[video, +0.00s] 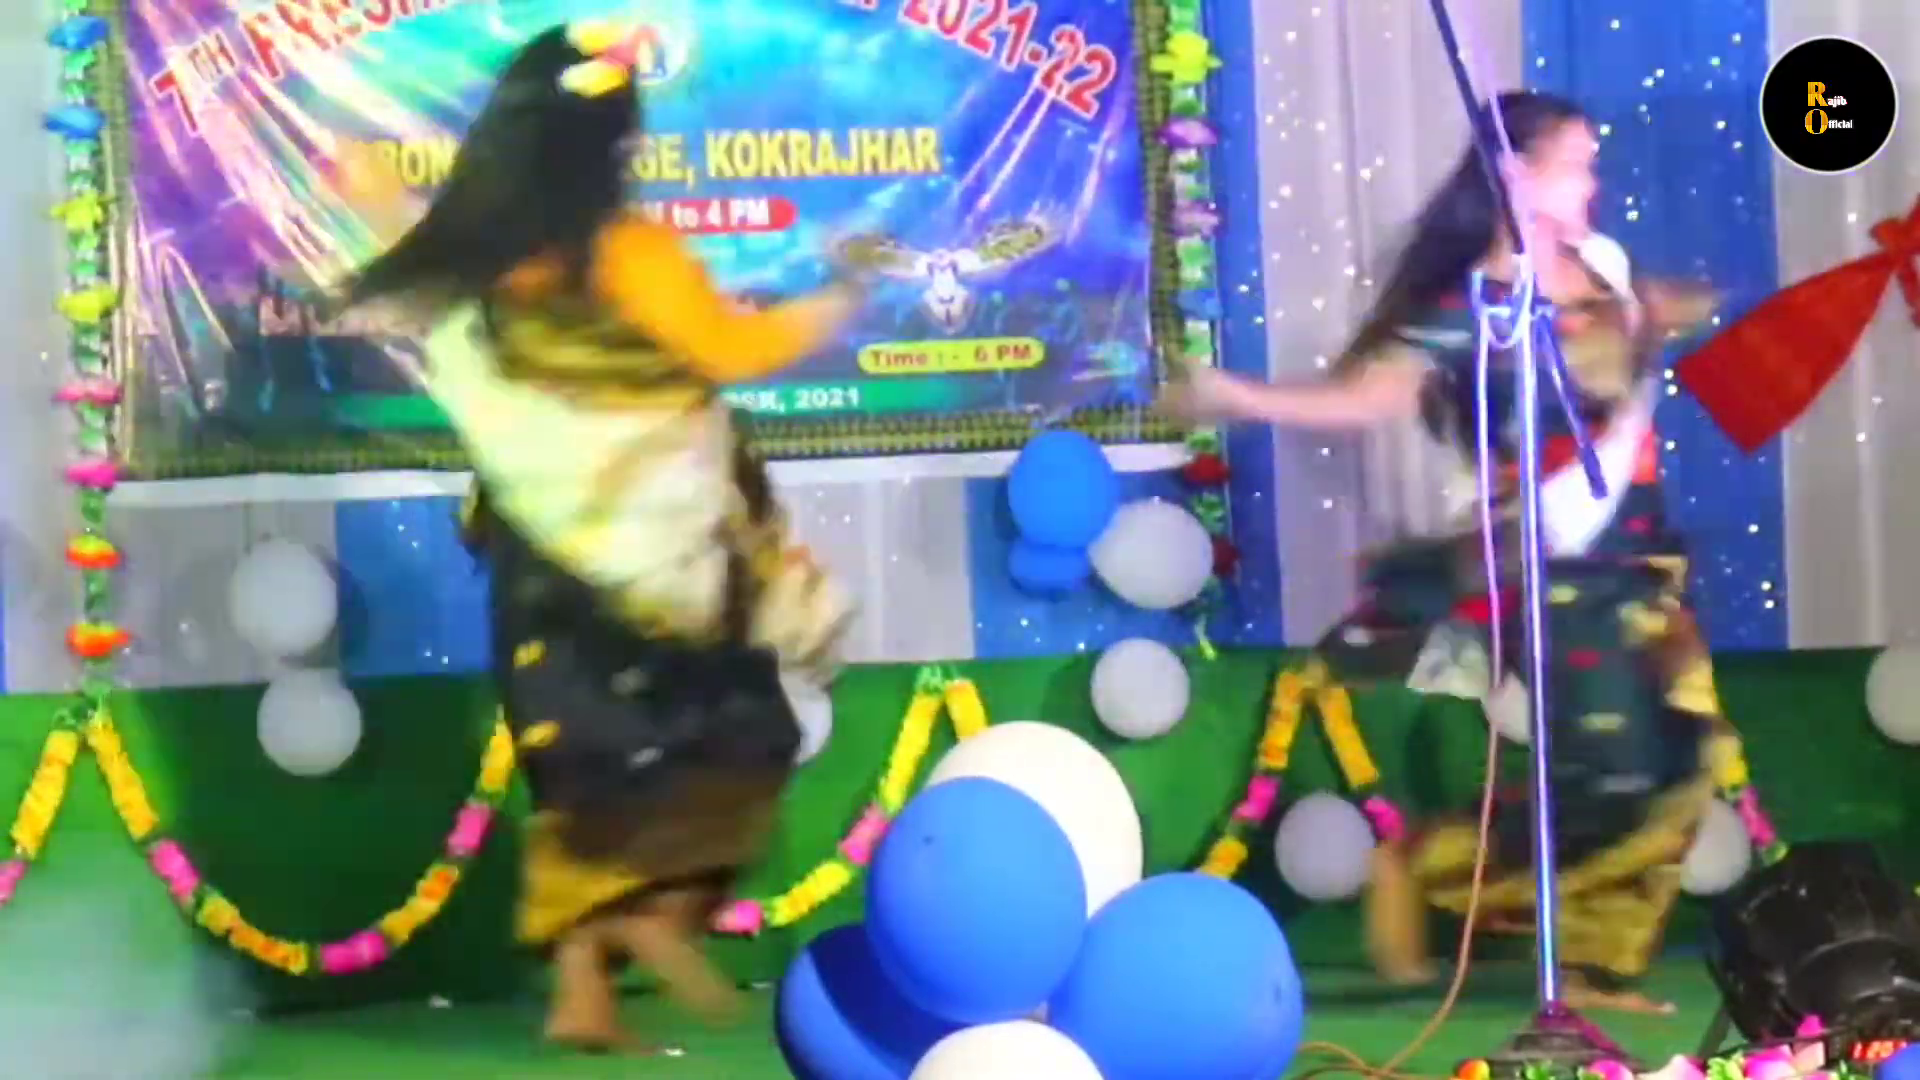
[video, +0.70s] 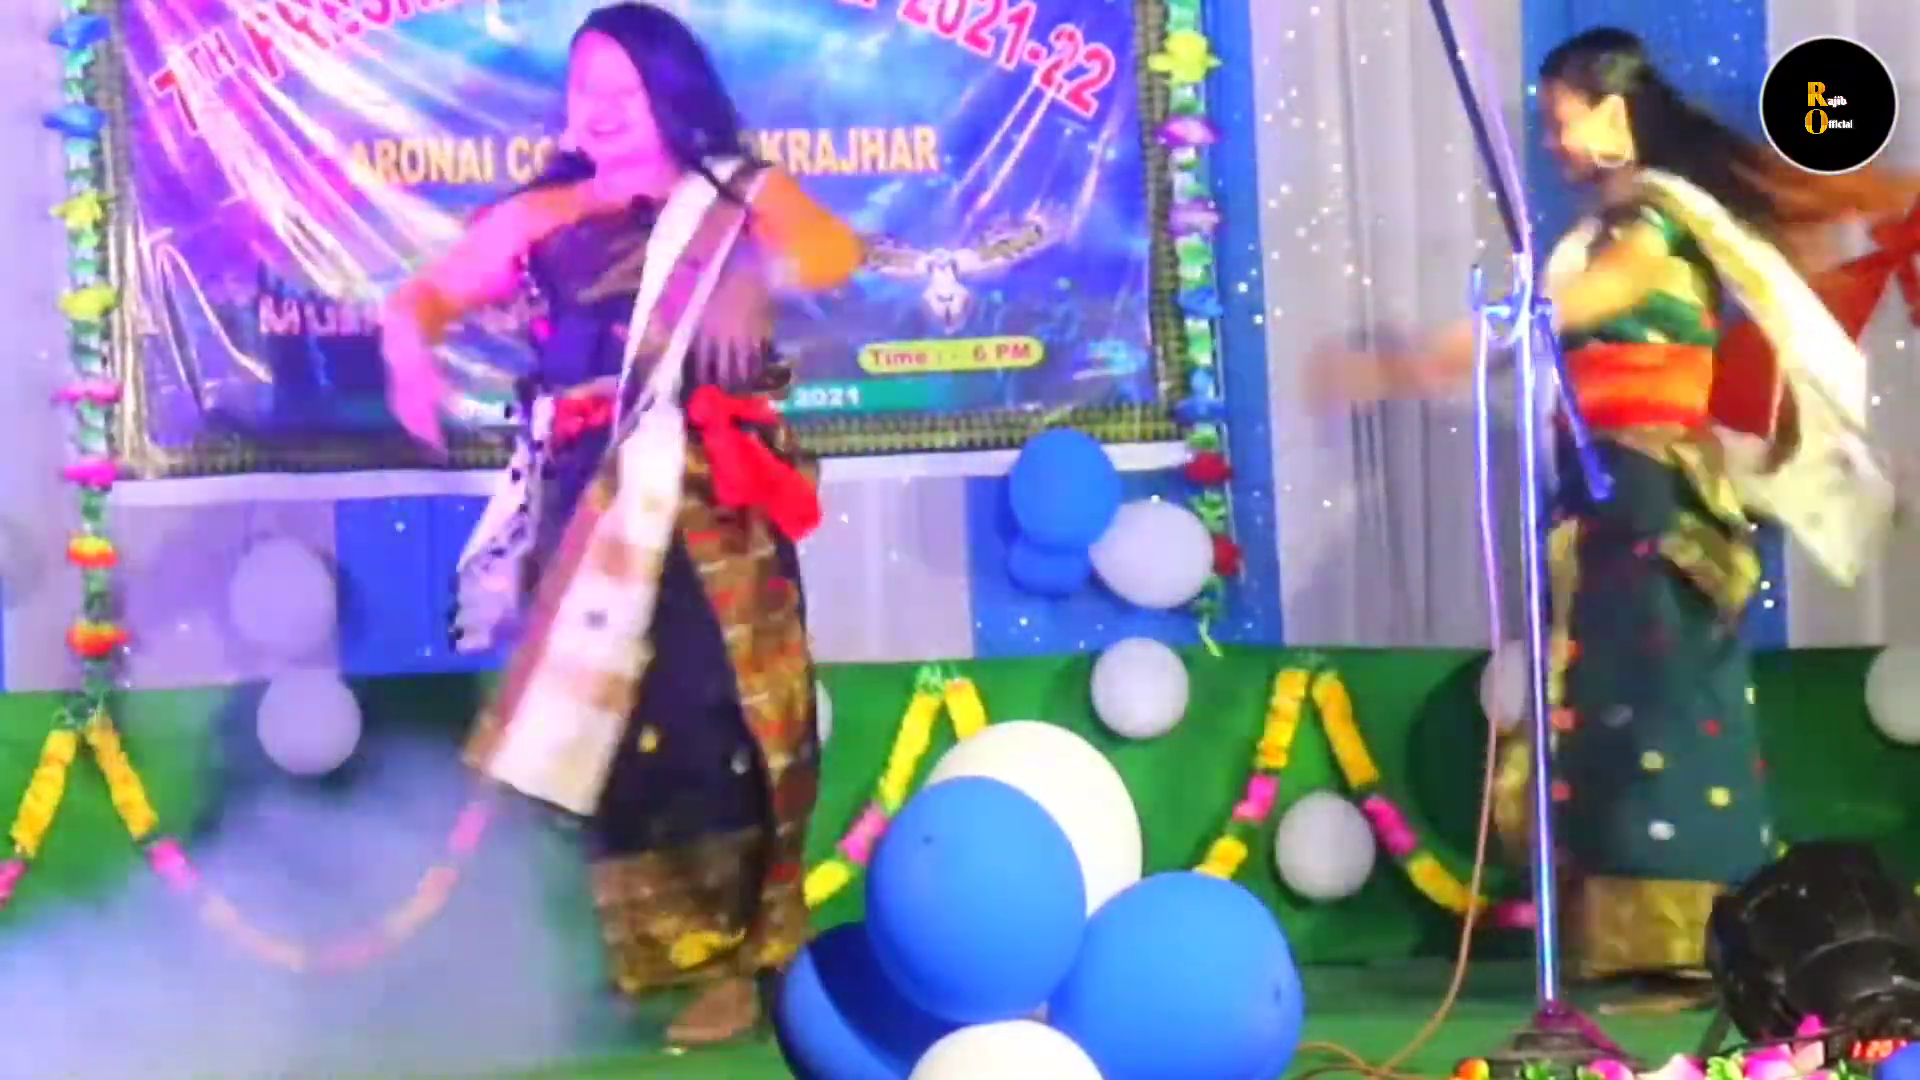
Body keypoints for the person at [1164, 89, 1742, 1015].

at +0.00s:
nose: (1594, 185)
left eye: (1594, 166)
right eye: (1578, 167)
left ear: (1566, 175)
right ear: (1515, 172)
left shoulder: (1604, 267)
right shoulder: (1464, 291)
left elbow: (1661, 320)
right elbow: (1370, 396)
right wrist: (1240, 396)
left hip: (1632, 566)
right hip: (1531, 569)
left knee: (1688, 770)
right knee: (1606, 773)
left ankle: (1586, 962)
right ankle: (1417, 864)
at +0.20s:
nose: (1662, 158)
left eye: (1659, 140)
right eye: (1657, 140)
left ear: (1552, 141)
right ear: (1638, 148)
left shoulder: (1499, 259)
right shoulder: (1641, 272)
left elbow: (1418, 313)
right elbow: (1744, 399)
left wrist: (1335, 332)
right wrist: (1868, 436)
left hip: (1550, 562)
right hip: (1643, 562)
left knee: (1602, 755)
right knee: (1731, 729)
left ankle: (1575, 963)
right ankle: (1697, 944)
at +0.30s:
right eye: (1674, 128)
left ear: (1572, 128)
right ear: (1674, 133)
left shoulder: (1505, 227)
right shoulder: (1694, 253)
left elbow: (1391, 278)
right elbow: (1795, 352)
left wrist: (1264, 305)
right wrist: (1908, 368)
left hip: (1528, 547)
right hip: (1641, 551)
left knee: (1593, 748)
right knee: (1720, 733)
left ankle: (1581, 958)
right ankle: (1783, 942)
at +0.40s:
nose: (1561, 119)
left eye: (1568, 103)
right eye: (1566, 101)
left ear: (1595, 109)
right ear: (1674, 99)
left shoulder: (1568, 204)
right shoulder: (1739, 205)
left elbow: (1421, 243)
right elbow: (1825, 226)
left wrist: (1264, 241)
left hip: (1609, 502)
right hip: (1722, 497)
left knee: (1596, 719)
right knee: (1710, 719)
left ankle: (1638, 967)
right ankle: (1741, 940)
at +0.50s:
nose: (1561, 122)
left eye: (1568, 104)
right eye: (1564, 104)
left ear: (1601, 107)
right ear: (1649, 100)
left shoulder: (1596, 199)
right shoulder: (1710, 197)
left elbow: (1470, 223)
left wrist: (1324, 220)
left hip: (1628, 483)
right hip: (1705, 479)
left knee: (1618, 700)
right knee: (1686, 699)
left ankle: (1656, 957)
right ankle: (1705, 938)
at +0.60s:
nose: (1557, 124)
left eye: (1565, 103)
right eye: (1556, 104)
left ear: (1614, 100)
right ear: (1628, 101)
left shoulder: (1626, 200)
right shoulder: (1676, 204)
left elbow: (1528, 238)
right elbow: (1515, 276)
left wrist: (1411, 246)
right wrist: (1416, 269)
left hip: (1639, 484)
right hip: (1683, 480)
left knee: (1626, 709)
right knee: (1675, 708)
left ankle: (1638, 947)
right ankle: (1679, 939)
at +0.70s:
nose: (1553, 143)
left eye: (1563, 120)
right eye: (1548, 124)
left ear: (1618, 110)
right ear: (1603, 120)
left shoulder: (1651, 228)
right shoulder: (1616, 230)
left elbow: (1532, 321)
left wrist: (1393, 368)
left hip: (1651, 510)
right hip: (1627, 506)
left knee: (1643, 718)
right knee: (1636, 717)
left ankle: (1667, 944)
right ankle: (1651, 941)